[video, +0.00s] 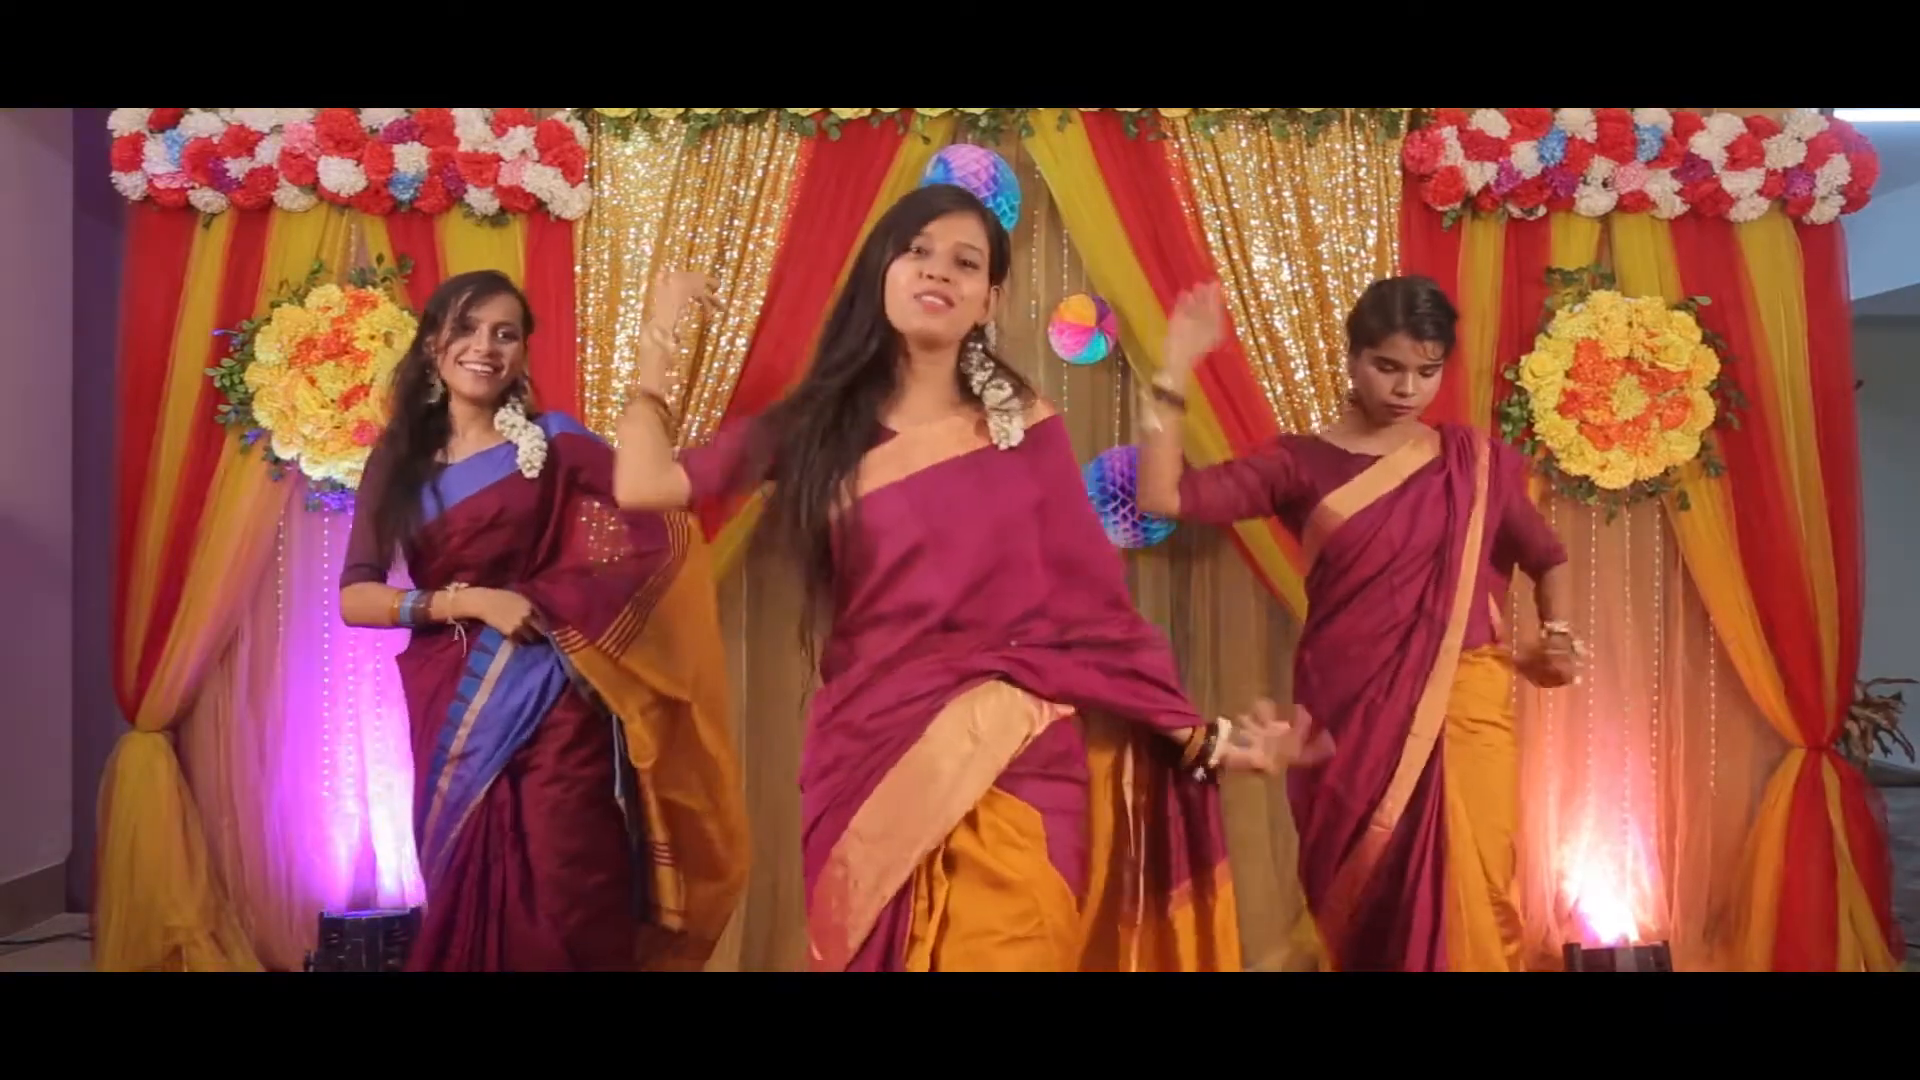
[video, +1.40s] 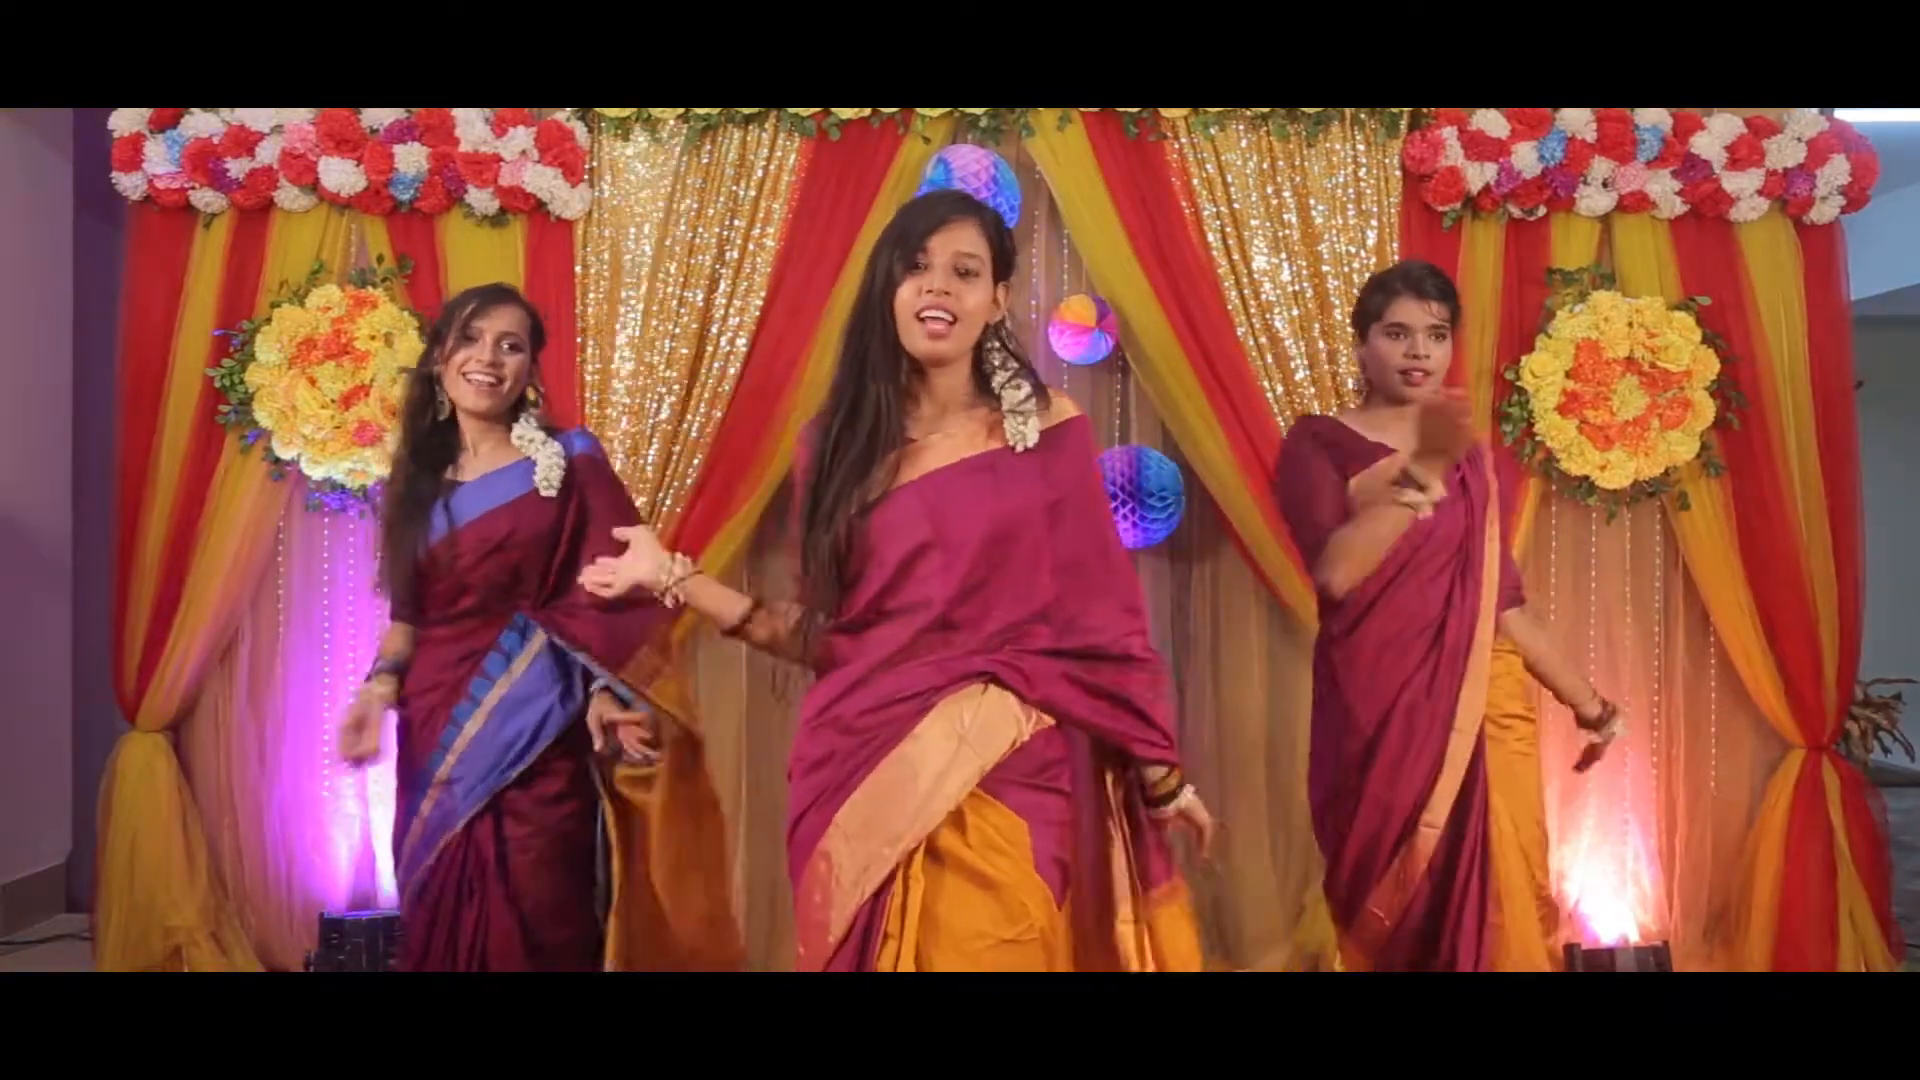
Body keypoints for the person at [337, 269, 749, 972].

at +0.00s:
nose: (486, 347)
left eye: (506, 334)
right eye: (466, 330)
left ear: (524, 355)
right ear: (433, 347)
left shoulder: (554, 441)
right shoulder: (399, 462)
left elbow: (662, 527)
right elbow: (357, 599)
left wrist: (551, 602)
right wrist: (461, 599)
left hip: (555, 691)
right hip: (452, 701)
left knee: (564, 897)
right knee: (469, 898)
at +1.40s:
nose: (489, 358)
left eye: (510, 345)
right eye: (471, 339)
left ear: (531, 369)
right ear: (441, 358)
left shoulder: (570, 460)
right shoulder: (414, 482)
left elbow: (620, 584)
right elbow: (408, 607)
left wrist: (603, 691)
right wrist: (379, 687)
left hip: (540, 735)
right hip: (433, 742)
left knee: (541, 933)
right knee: (440, 933)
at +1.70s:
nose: (511, 340)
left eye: (531, 328)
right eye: (491, 323)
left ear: (551, 352)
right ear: (458, 343)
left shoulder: (591, 456)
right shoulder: (417, 457)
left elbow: (618, 584)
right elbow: (395, 582)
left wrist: (648, 579)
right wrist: (377, 651)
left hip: (570, 711)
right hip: (453, 717)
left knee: (566, 919)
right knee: (456, 916)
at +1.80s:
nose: (518, 371)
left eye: (537, 356)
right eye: (498, 354)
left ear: (558, 381)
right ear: (466, 377)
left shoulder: (598, 492)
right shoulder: (420, 489)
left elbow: (623, 650)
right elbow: (384, 627)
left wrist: (650, 575)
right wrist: (417, 661)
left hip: (577, 750)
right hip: (461, 747)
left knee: (576, 942)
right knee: (462, 937)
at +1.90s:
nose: (526, 374)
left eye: (544, 358)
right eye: (505, 359)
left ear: (568, 380)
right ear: (475, 382)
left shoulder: (598, 489)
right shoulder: (428, 484)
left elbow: (638, 647)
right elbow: (383, 631)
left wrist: (608, 572)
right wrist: (517, 663)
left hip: (586, 762)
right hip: (466, 767)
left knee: (587, 952)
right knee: (466, 945)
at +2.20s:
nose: (522, 362)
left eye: (541, 345)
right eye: (501, 348)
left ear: (569, 361)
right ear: (477, 370)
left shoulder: (619, 472)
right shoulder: (450, 477)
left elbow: (651, 616)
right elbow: (404, 634)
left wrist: (587, 506)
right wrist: (473, 577)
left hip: (567, 728)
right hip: (448, 725)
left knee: (550, 926)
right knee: (437, 923)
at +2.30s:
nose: (518, 364)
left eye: (538, 345)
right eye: (498, 348)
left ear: (569, 359)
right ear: (475, 365)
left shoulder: (615, 466)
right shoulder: (447, 464)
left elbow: (626, 623)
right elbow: (410, 601)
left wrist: (623, 514)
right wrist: (465, 478)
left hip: (563, 702)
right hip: (449, 695)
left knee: (548, 909)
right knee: (438, 899)